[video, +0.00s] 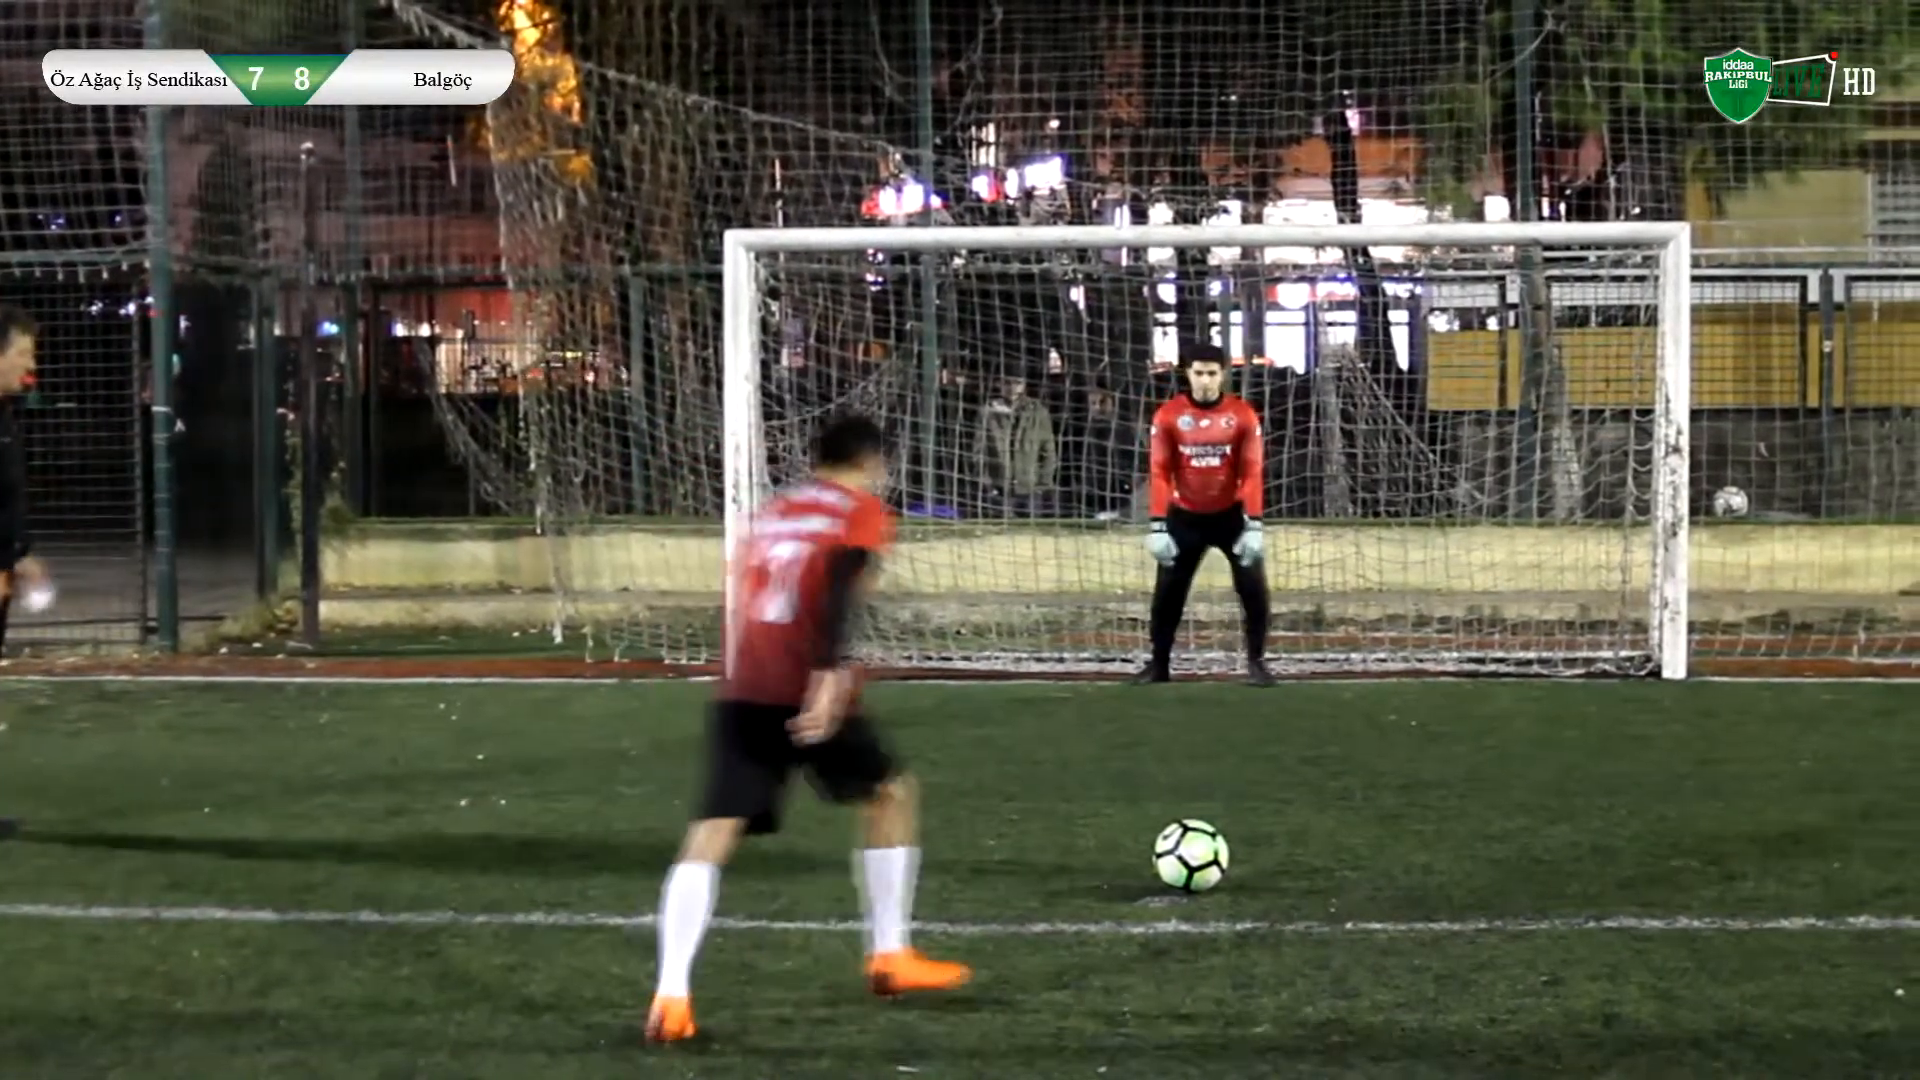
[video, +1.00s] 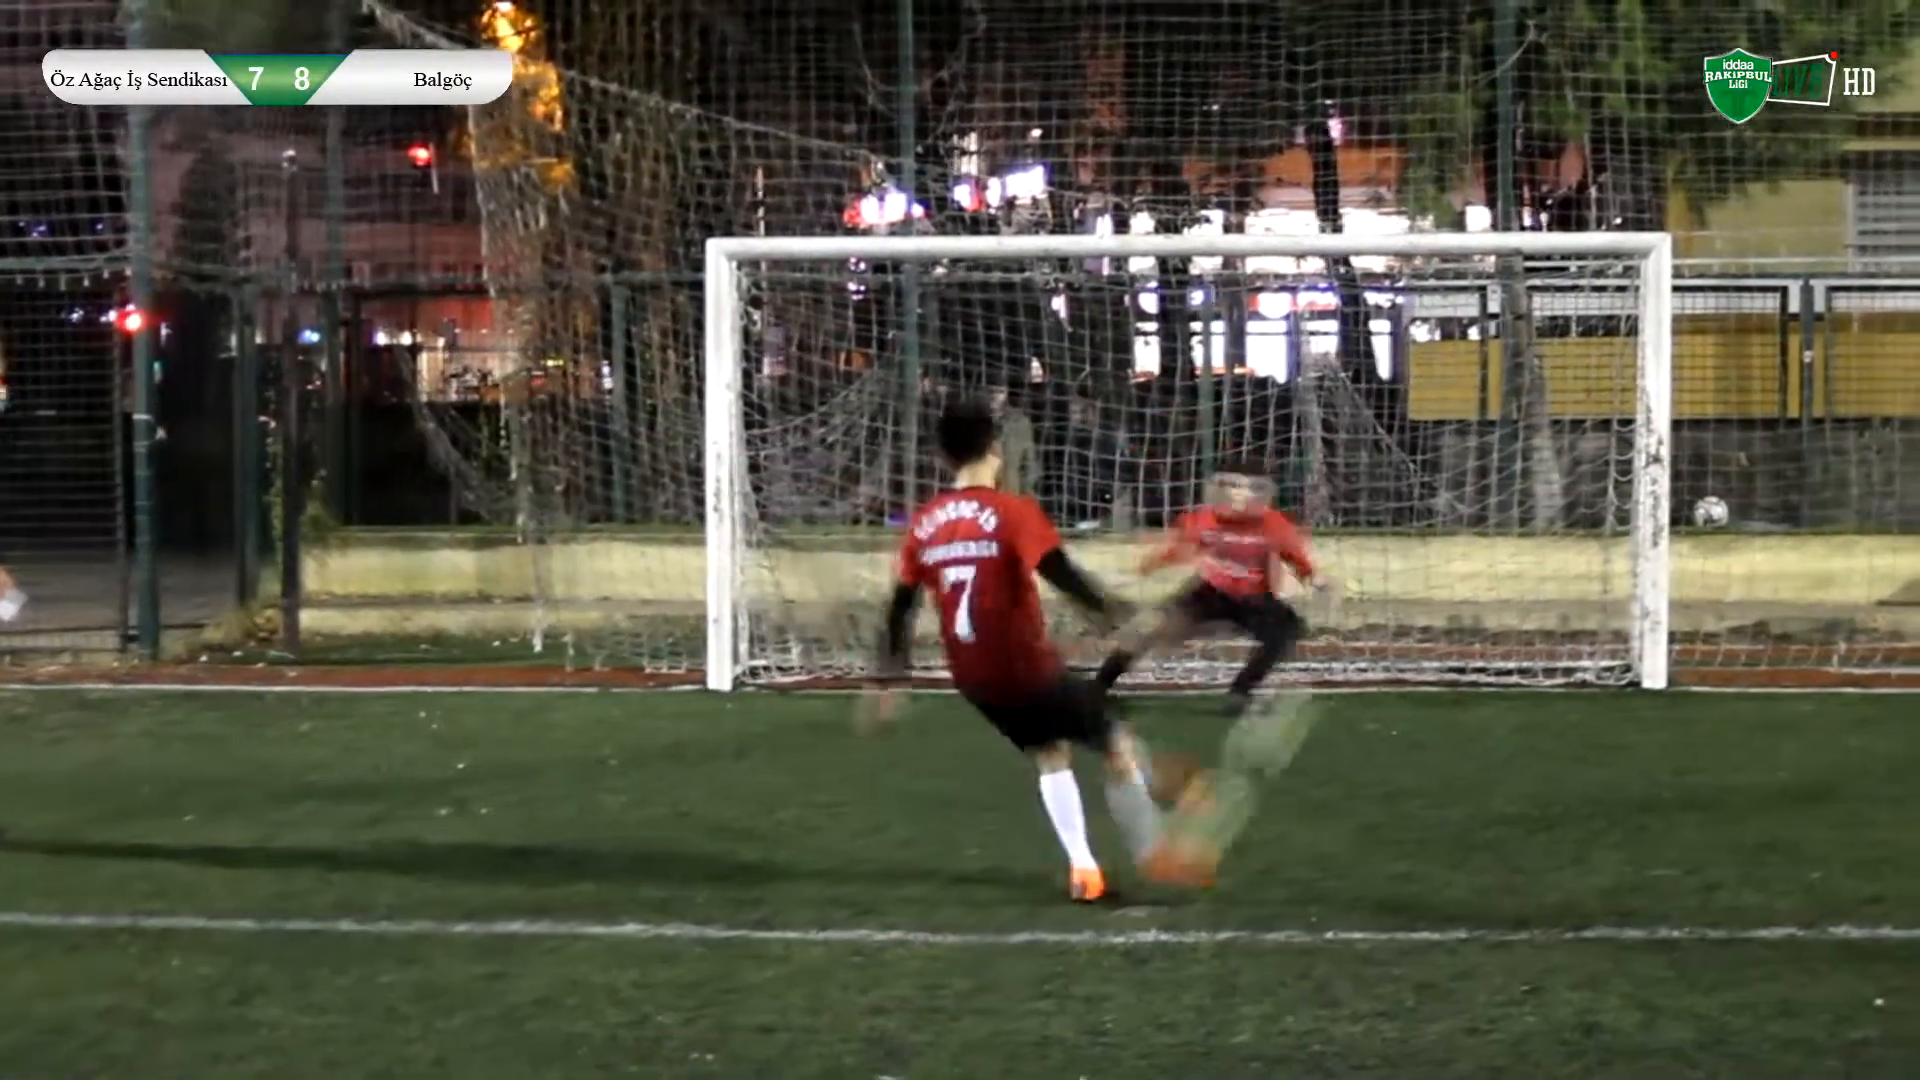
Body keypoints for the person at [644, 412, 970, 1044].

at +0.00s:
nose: (882, 474)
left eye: (882, 464)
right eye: (881, 464)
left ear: (821, 458)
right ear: (868, 462)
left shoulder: (768, 511)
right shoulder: (862, 511)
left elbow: (748, 600)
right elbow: (842, 588)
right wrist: (833, 672)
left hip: (740, 695)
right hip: (807, 693)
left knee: (712, 832)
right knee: (889, 791)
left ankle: (671, 992)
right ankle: (891, 950)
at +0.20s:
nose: (926, 490)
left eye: (923, 481)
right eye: (924, 480)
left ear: (866, 475)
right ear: (912, 478)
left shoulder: (819, 523)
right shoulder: (915, 528)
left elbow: (798, 614)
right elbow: (910, 602)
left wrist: (812, 667)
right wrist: (900, 672)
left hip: (802, 697)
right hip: (870, 698)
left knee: (784, 832)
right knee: (933, 814)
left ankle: (707, 961)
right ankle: (897, 963)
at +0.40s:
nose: (960, 480)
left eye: (958, 470)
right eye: (957, 470)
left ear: (899, 471)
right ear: (949, 472)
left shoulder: (860, 518)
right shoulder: (960, 525)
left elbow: (821, 538)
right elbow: (1006, 607)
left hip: (860, 695)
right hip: (919, 696)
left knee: (920, 827)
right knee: (964, 826)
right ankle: (905, 960)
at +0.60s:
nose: (974, 441)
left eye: (968, 432)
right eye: (972, 431)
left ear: (918, 438)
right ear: (967, 436)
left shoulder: (894, 488)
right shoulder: (998, 492)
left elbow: (803, 479)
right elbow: (1057, 560)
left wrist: (829, 541)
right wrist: (1100, 598)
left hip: (917, 663)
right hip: (973, 660)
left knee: (1002, 765)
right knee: (978, 793)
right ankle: (930, 920)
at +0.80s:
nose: (991, 436)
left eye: (986, 427)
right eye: (988, 428)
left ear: (934, 438)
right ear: (982, 432)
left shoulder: (913, 499)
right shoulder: (1009, 489)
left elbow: (840, 536)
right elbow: (1080, 558)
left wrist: (840, 610)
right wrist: (1158, 580)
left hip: (972, 669)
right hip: (1025, 662)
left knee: (1053, 767)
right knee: (1083, 769)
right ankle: (1003, 823)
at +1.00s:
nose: (1001, 455)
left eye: (997, 448)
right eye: (998, 448)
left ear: (945, 456)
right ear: (992, 450)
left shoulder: (926, 520)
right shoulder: (1012, 510)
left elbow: (900, 604)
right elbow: (1055, 567)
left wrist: (891, 672)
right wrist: (1110, 609)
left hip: (973, 677)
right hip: (1028, 669)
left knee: (1048, 748)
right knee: (1114, 734)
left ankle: (1082, 865)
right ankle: (1151, 850)